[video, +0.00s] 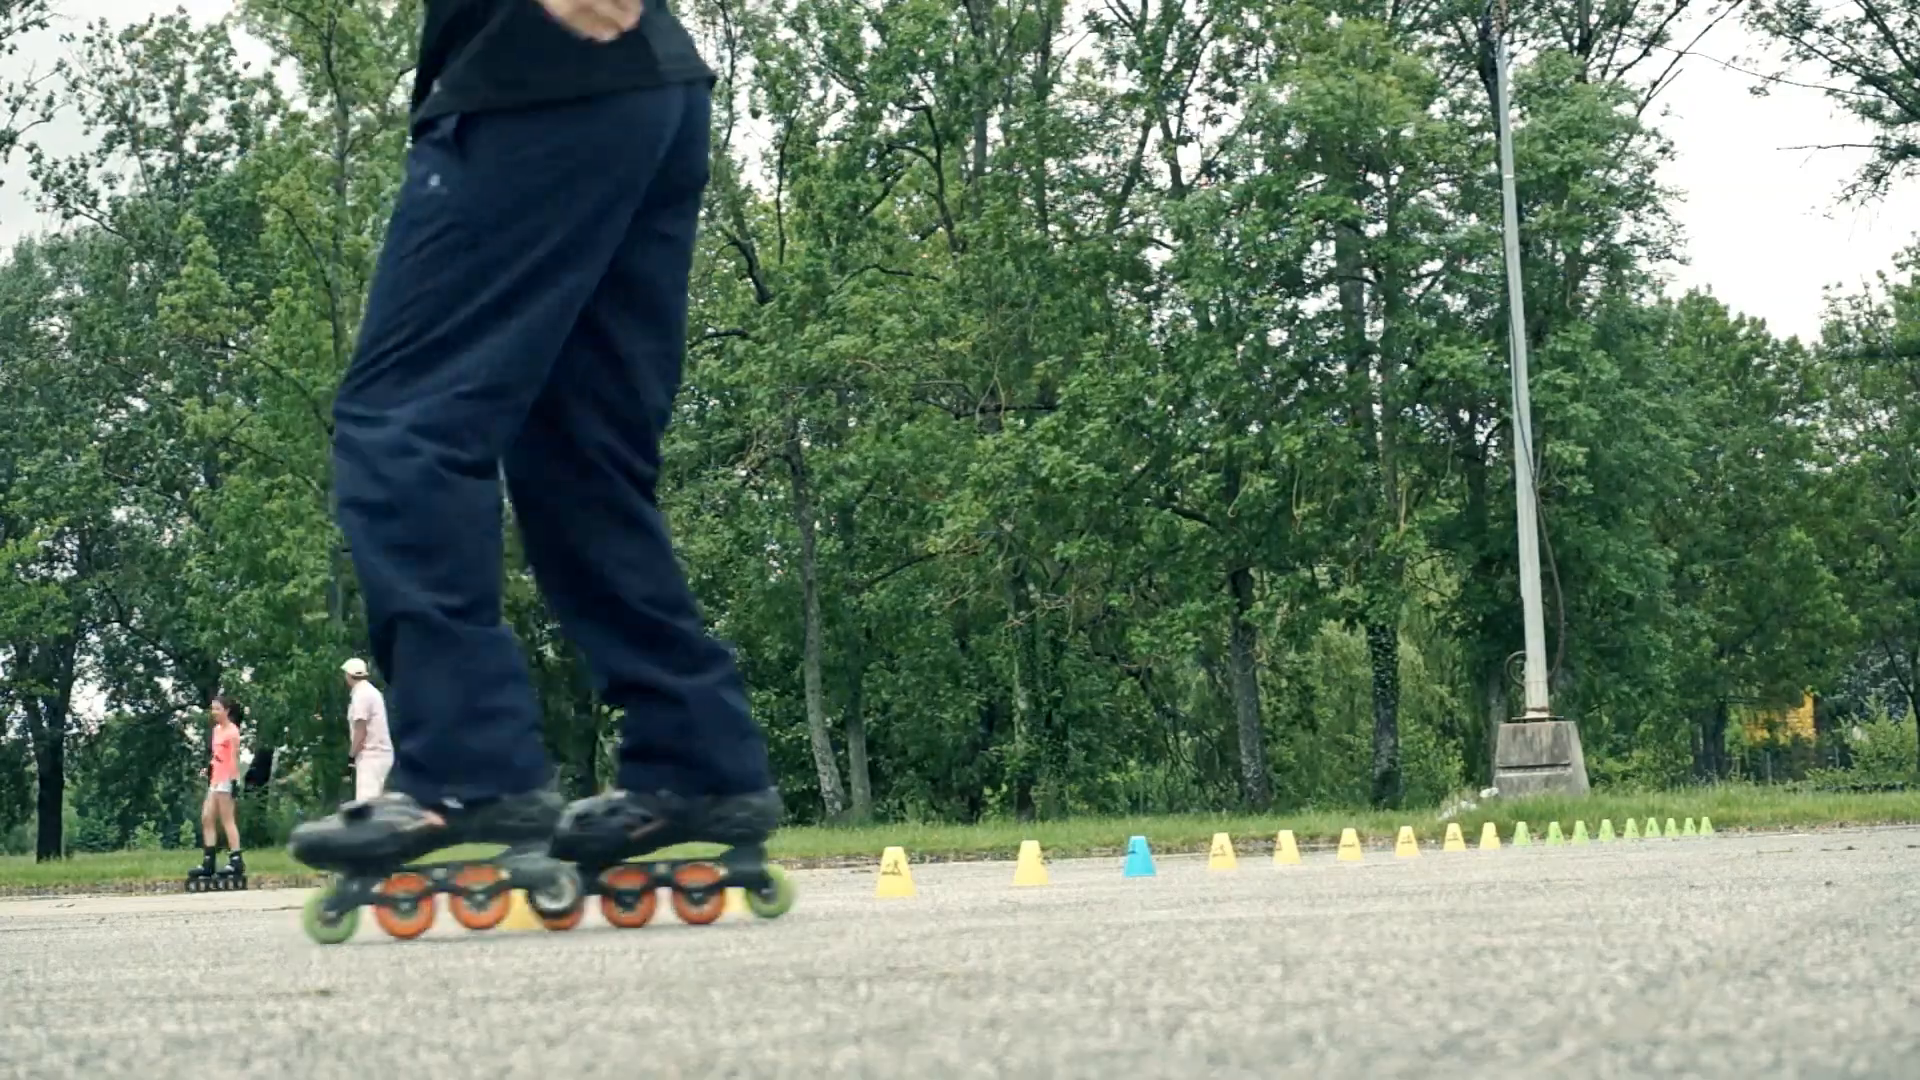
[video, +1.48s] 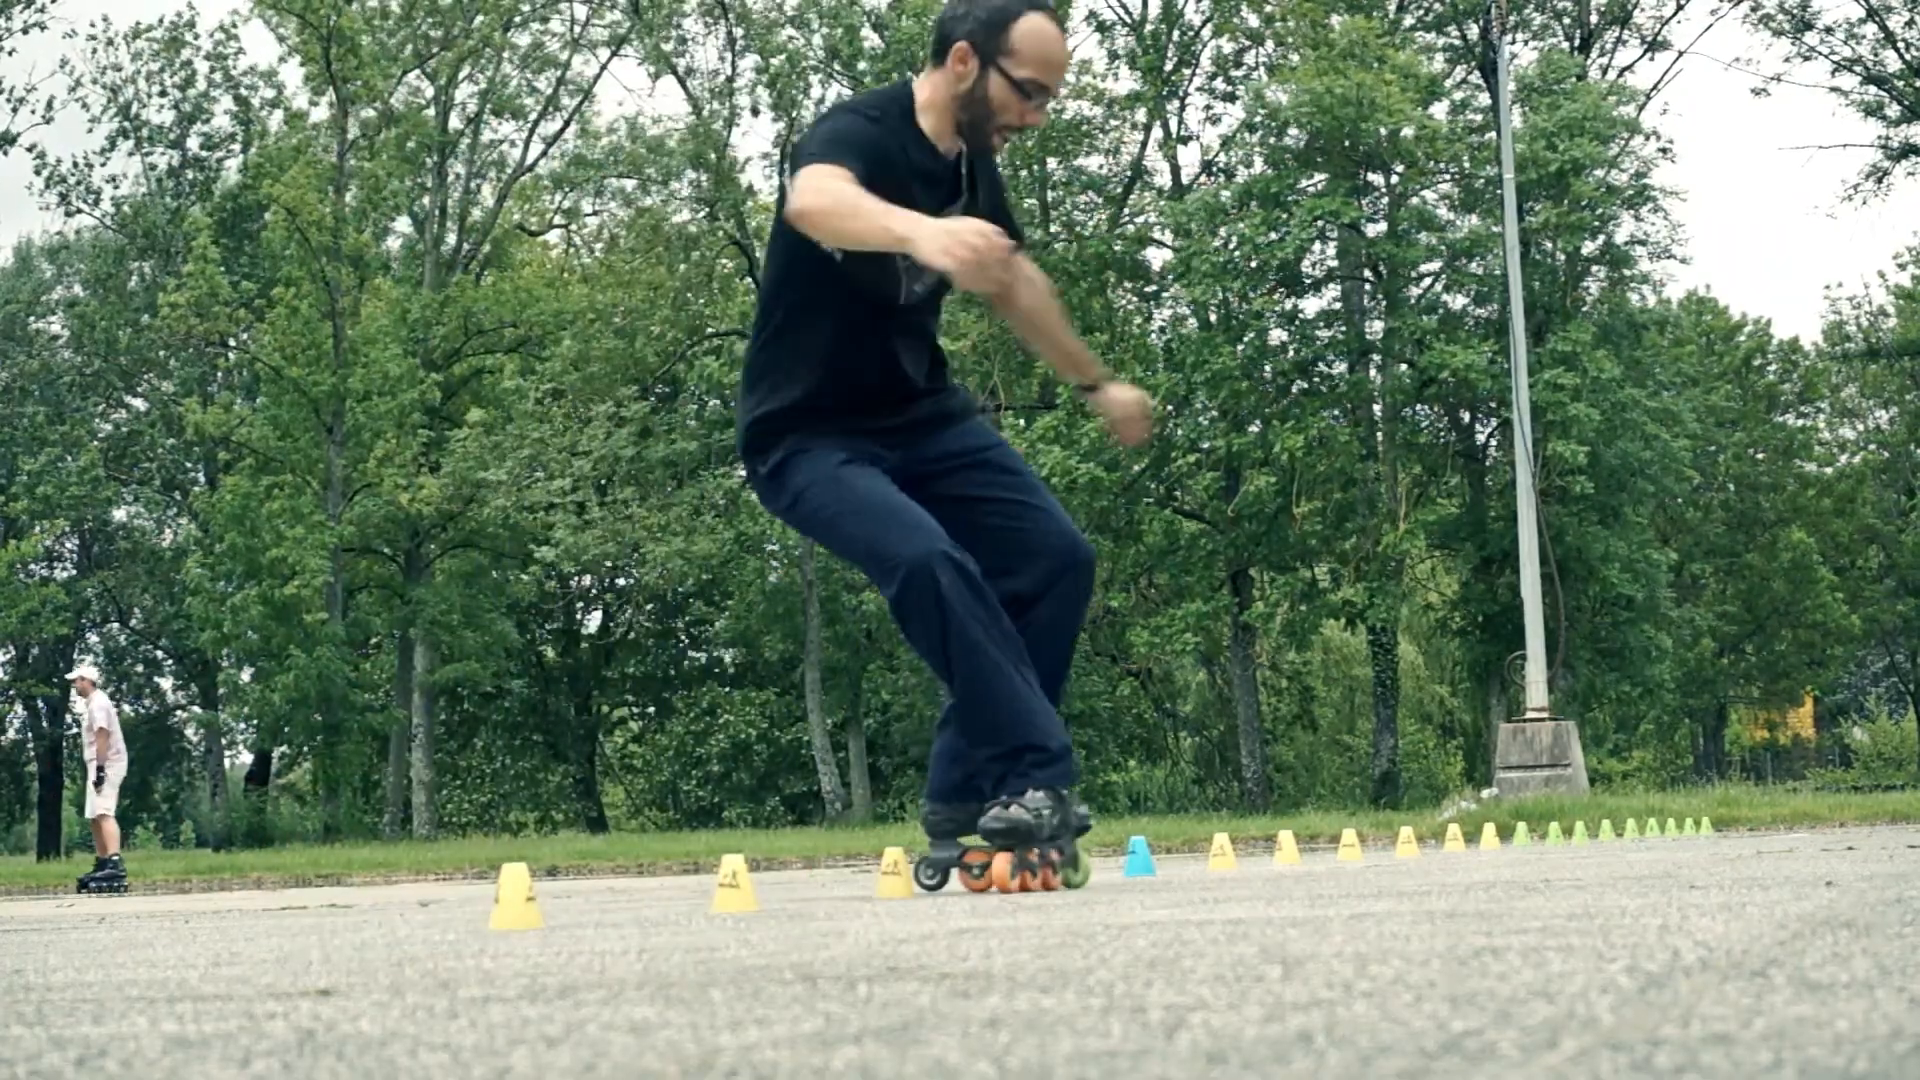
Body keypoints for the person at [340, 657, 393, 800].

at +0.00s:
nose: (345, 678)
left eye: (346, 674)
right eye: (345, 674)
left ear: (349, 676)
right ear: (363, 674)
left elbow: (360, 728)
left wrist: (352, 754)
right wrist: (355, 752)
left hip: (371, 754)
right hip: (381, 752)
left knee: (365, 801)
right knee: (371, 801)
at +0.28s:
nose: (288, 681)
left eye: (289, 677)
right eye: (289, 677)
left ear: (294, 677)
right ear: (306, 675)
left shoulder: (308, 694)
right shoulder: (309, 693)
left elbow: (310, 726)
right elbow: (308, 728)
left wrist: (305, 757)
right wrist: (303, 755)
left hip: (322, 754)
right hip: (316, 755)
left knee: (317, 805)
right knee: (307, 807)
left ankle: (327, 853)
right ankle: (315, 852)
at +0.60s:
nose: (227, 686)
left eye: (228, 681)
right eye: (226, 682)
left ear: (238, 677)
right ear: (236, 679)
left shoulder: (251, 695)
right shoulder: (247, 697)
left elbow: (254, 728)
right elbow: (251, 731)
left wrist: (249, 760)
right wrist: (247, 759)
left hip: (263, 756)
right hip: (253, 756)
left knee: (258, 806)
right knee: (247, 809)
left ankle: (268, 854)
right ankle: (256, 855)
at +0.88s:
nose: (179, 685)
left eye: (181, 680)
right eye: (178, 682)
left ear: (190, 678)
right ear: (188, 680)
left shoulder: (203, 696)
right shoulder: (197, 699)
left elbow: (207, 730)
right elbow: (202, 730)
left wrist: (198, 759)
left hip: (213, 758)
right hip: (203, 758)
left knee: (209, 806)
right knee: (197, 809)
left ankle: (220, 857)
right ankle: (207, 856)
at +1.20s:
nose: (124, 685)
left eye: (127, 680)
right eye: (124, 681)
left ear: (137, 679)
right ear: (134, 681)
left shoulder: (149, 699)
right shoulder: (143, 701)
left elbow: (154, 732)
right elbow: (149, 735)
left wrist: (152, 764)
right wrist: (144, 763)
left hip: (153, 761)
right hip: (144, 760)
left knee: (150, 811)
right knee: (143, 813)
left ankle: (162, 860)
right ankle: (152, 859)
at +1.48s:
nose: (74, 685)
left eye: (77, 681)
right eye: (74, 681)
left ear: (87, 680)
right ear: (84, 682)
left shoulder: (98, 702)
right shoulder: (92, 702)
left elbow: (102, 735)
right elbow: (98, 736)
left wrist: (100, 767)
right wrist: (95, 766)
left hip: (108, 760)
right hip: (96, 760)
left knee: (104, 812)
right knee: (94, 815)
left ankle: (114, 860)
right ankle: (102, 860)